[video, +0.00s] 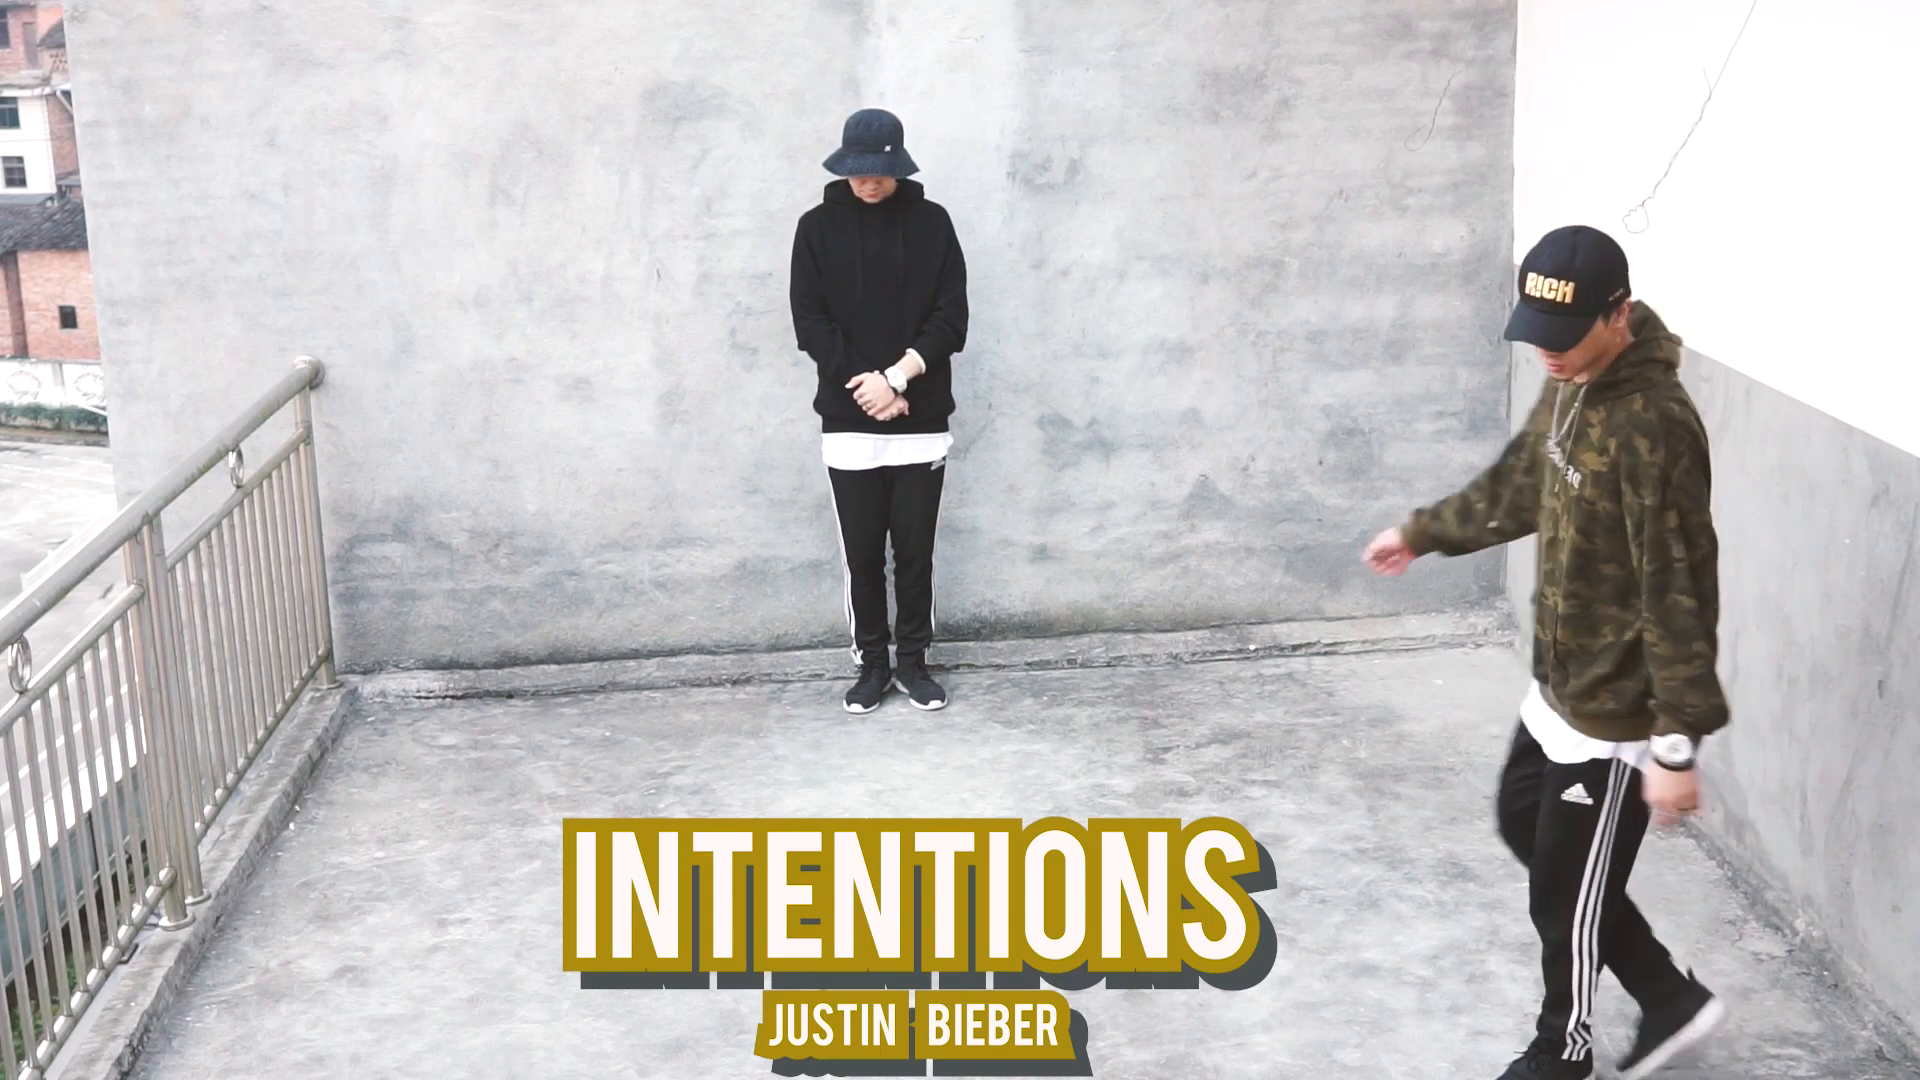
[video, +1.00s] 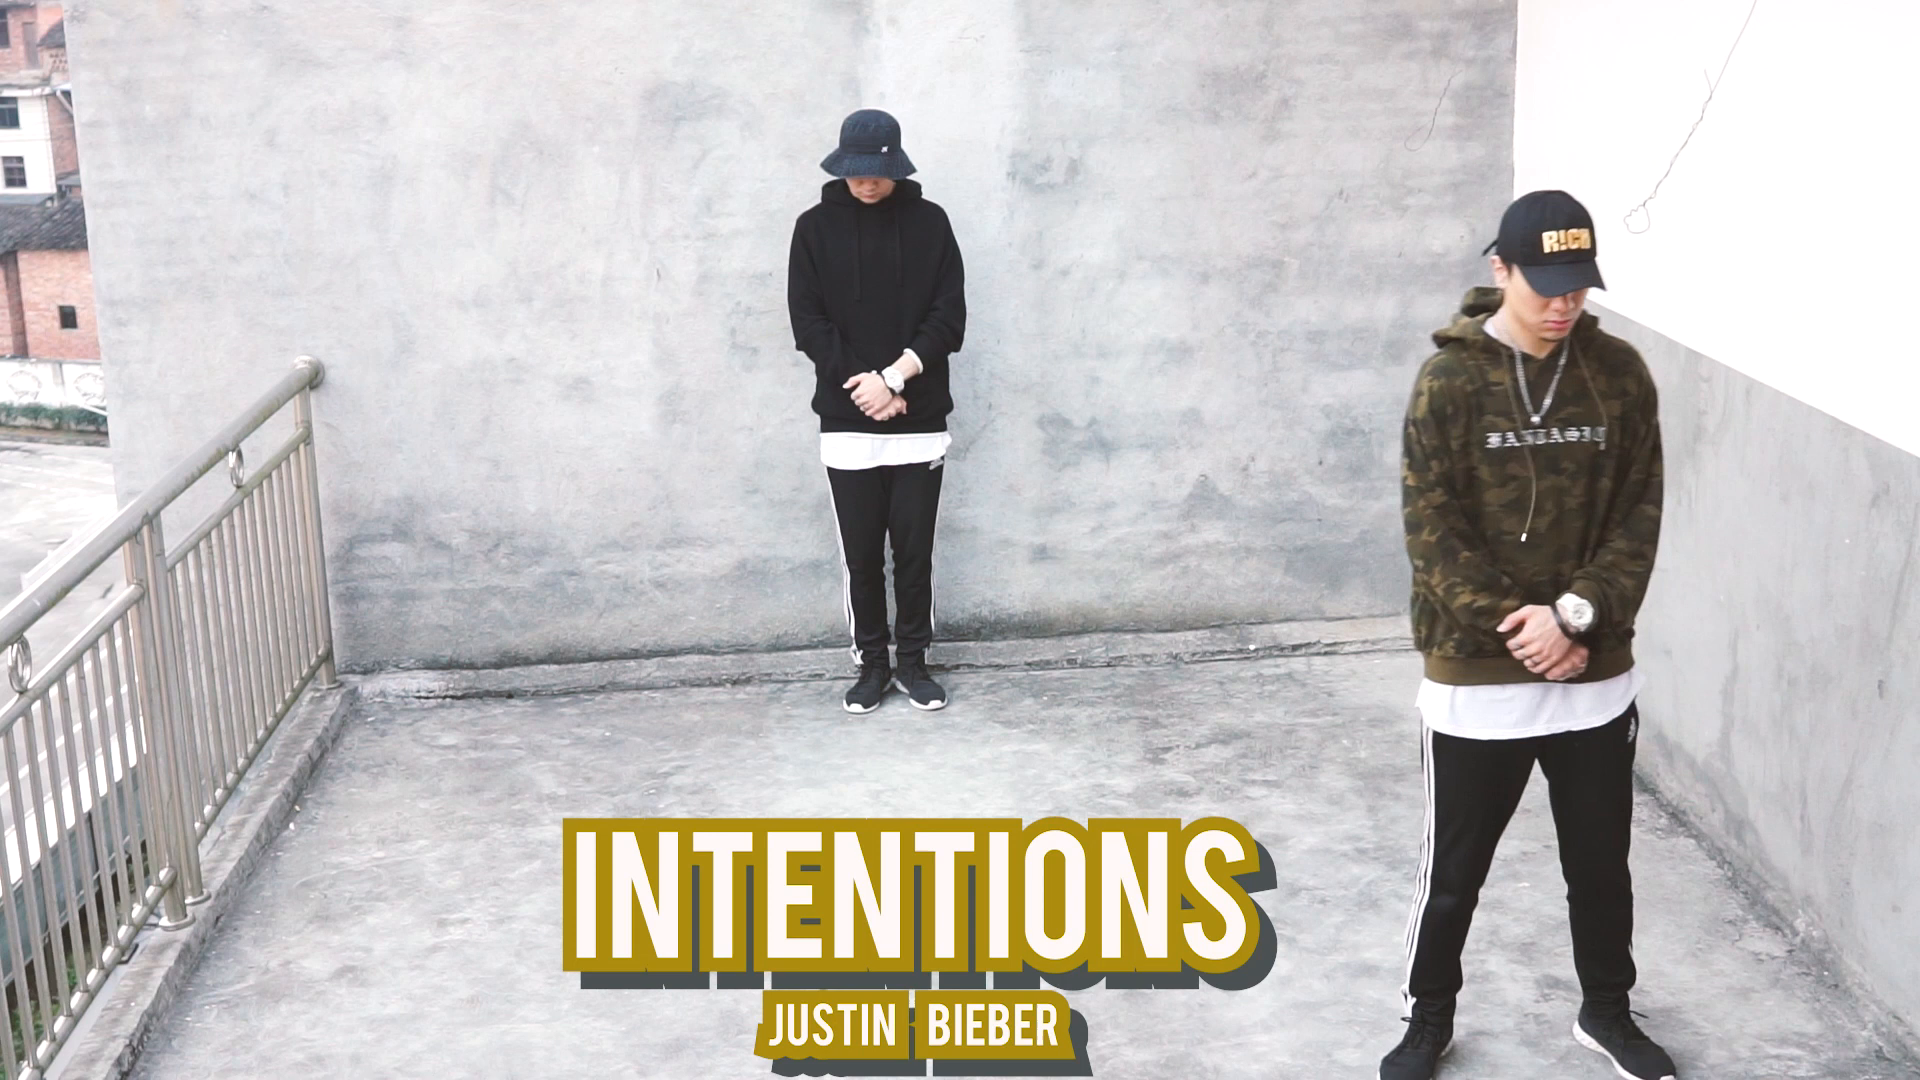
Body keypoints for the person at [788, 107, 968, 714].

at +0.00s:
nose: (869, 182)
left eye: (880, 171)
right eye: (859, 171)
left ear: (900, 168)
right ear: (844, 168)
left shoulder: (931, 221)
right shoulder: (818, 226)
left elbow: (952, 318)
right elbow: (810, 323)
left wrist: (897, 373)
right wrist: (866, 386)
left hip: (921, 415)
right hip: (847, 417)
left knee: (914, 550)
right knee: (863, 553)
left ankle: (913, 664)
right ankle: (873, 667)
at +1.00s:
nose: (867, 183)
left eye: (878, 173)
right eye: (856, 172)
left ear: (897, 168)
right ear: (841, 169)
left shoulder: (929, 221)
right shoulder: (815, 226)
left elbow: (949, 318)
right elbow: (807, 323)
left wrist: (895, 373)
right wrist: (863, 386)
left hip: (920, 413)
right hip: (845, 416)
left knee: (913, 547)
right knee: (861, 551)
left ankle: (912, 663)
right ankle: (872, 666)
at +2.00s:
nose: (864, 185)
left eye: (876, 174)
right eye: (854, 174)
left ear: (896, 170)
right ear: (839, 170)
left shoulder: (927, 221)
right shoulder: (813, 227)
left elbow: (947, 318)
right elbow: (806, 323)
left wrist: (894, 373)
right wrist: (862, 387)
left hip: (919, 413)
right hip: (845, 416)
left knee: (913, 549)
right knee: (861, 552)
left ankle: (913, 663)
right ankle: (872, 666)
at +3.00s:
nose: (866, 190)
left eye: (878, 179)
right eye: (856, 179)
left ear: (896, 173)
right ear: (840, 173)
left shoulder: (927, 221)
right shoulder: (814, 228)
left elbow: (947, 317)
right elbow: (807, 325)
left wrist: (894, 374)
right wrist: (862, 386)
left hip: (919, 414)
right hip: (844, 418)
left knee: (913, 549)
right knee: (861, 552)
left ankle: (913, 664)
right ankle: (872, 666)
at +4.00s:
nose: (871, 189)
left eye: (882, 179)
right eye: (860, 178)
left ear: (900, 172)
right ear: (843, 173)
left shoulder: (930, 222)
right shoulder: (817, 228)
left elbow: (950, 318)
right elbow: (808, 324)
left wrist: (896, 374)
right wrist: (865, 387)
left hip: (921, 416)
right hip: (846, 419)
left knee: (914, 550)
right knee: (862, 554)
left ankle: (913, 663)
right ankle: (872, 666)